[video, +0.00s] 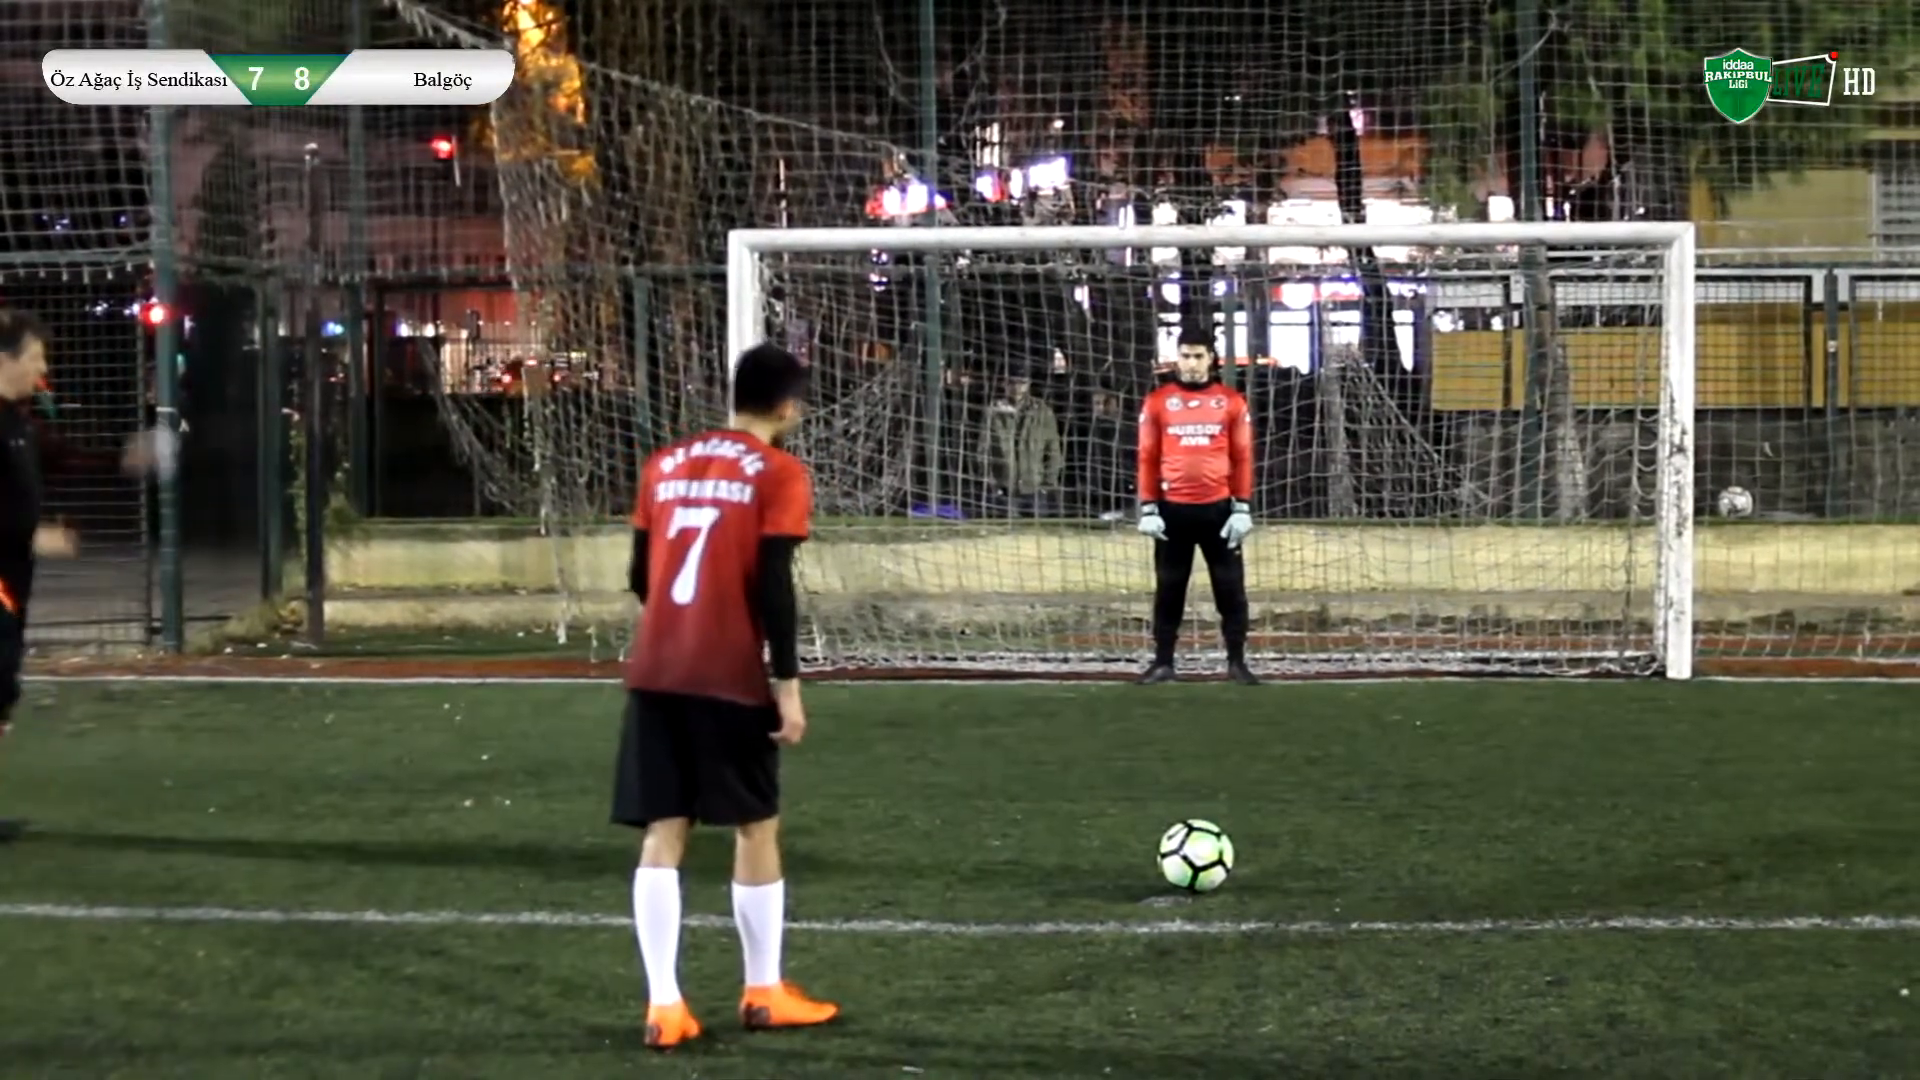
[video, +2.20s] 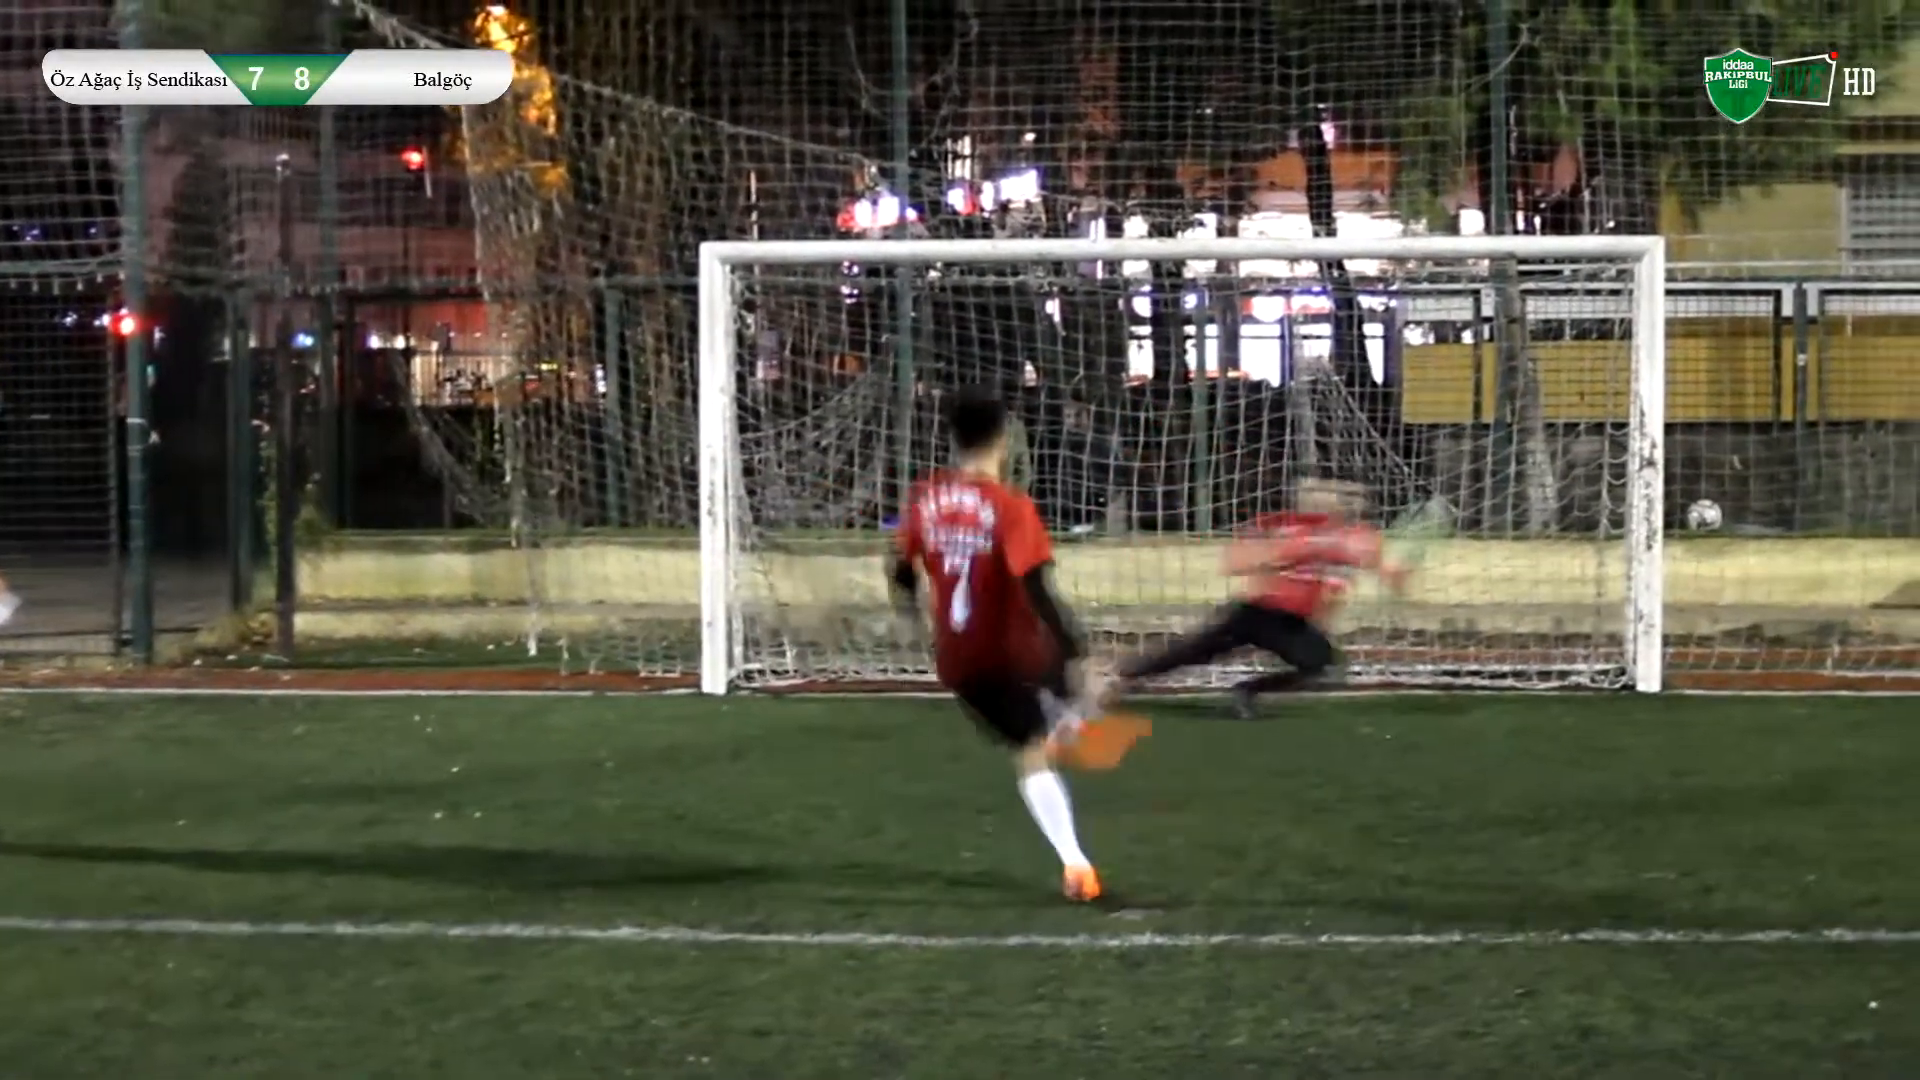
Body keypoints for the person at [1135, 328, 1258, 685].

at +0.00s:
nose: (1191, 363)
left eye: (1199, 356)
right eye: (1185, 356)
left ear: (1212, 359)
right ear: (1176, 359)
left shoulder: (1232, 402)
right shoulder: (1157, 402)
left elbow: (1243, 456)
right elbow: (1147, 456)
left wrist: (1242, 505)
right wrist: (1148, 506)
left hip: (1219, 507)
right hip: (1172, 509)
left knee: (1231, 590)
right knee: (1169, 590)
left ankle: (1236, 660)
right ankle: (1164, 660)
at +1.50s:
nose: (1215, 384)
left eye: (1222, 378)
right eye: (1209, 377)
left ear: (1232, 382)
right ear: (1197, 379)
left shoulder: (1252, 420)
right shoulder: (1178, 418)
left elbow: (1275, 467)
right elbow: (1153, 463)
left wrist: (1305, 508)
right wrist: (1119, 504)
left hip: (1237, 529)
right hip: (1190, 527)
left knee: (1251, 598)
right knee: (1159, 589)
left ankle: (1254, 664)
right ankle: (1151, 658)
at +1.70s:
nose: (1205, 433)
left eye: (1212, 425)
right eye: (1198, 425)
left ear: (1225, 427)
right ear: (1189, 428)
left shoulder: (1250, 458)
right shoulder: (1179, 461)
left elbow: (1279, 500)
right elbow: (1148, 496)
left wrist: (1309, 540)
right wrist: (1112, 524)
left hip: (1246, 546)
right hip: (1199, 546)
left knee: (1270, 593)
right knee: (1160, 602)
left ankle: (1235, 657)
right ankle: (1114, 674)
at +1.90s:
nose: (1217, 488)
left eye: (1224, 479)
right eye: (1210, 480)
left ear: (1237, 482)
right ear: (1199, 484)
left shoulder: (1255, 512)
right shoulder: (1188, 512)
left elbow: (1283, 539)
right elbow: (1157, 543)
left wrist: (1300, 564)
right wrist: (1123, 566)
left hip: (1247, 585)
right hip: (1201, 581)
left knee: (1278, 608)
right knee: (1154, 620)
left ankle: (1248, 680)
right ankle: (1104, 681)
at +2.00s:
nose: (1235, 495)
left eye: (1245, 488)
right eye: (1229, 486)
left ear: (1259, 495)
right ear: (1219, 489)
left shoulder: (1270, 524)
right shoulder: (1203, 520)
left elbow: (1296, 555)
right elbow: (1179, 548)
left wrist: (1313, 576)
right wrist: (1149, 564)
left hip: (1254, 601)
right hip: (1209, 595)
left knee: (1283, 631)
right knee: (1155, 627)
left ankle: (1240, 692)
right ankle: (1098, 687)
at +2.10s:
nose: (1282, 498)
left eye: (1291, 491)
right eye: (1275, 490)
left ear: (1303, 497)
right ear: (1262, 493)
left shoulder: (1314, 530)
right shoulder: (1242, 525)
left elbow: (1333, 585)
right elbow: (1199, 562)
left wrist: (1340, 568)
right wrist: (1222, 564)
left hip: (1272, 616)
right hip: (1229, 608)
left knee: (1300, 639)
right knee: (1180, 642)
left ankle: (1238, 694)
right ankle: (1112, 674)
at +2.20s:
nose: (1336, 508)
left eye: (1344, 502)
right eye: (1329, 498)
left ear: (1352, 508)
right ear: (1311, 499)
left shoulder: (1353, 542)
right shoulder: (1282, 529)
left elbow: (1382, 572)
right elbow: (1234, 560)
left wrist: (1397, 575)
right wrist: (1283, 552)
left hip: (1294, 623)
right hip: (1254, 614)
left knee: (1321, 664)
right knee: (1197, 648)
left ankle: (1250, 690)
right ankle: (1124, 674)